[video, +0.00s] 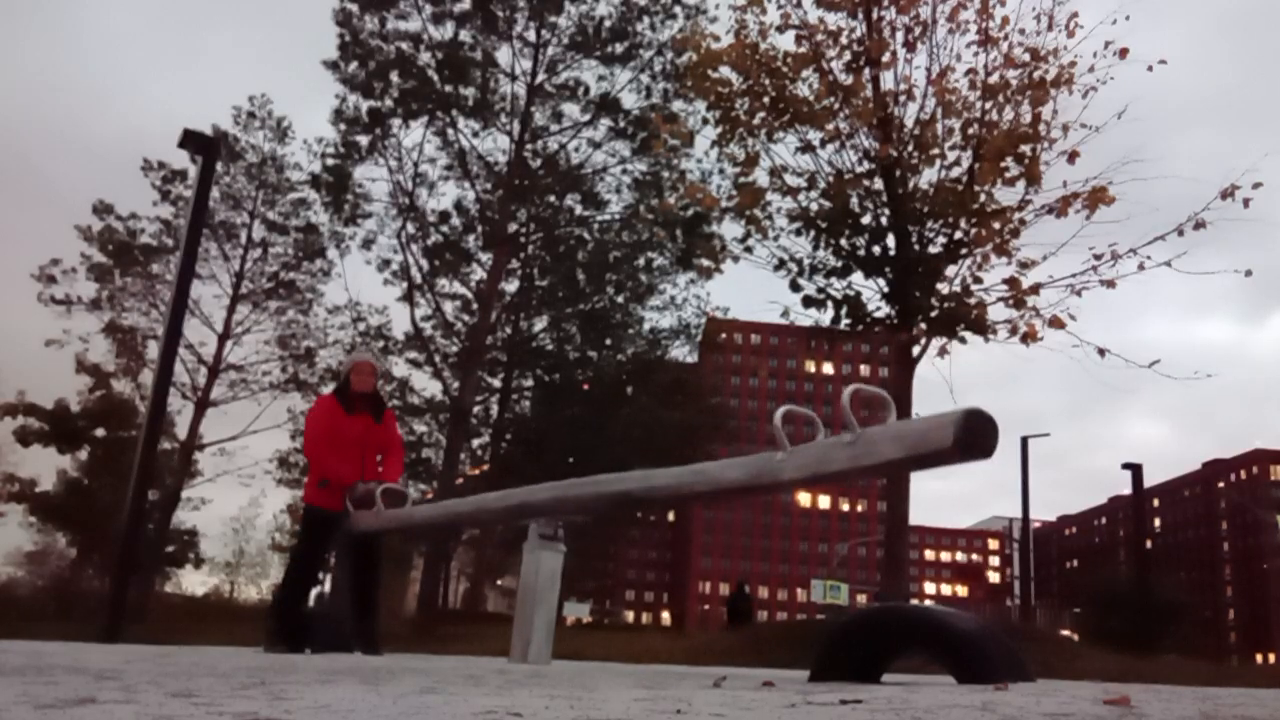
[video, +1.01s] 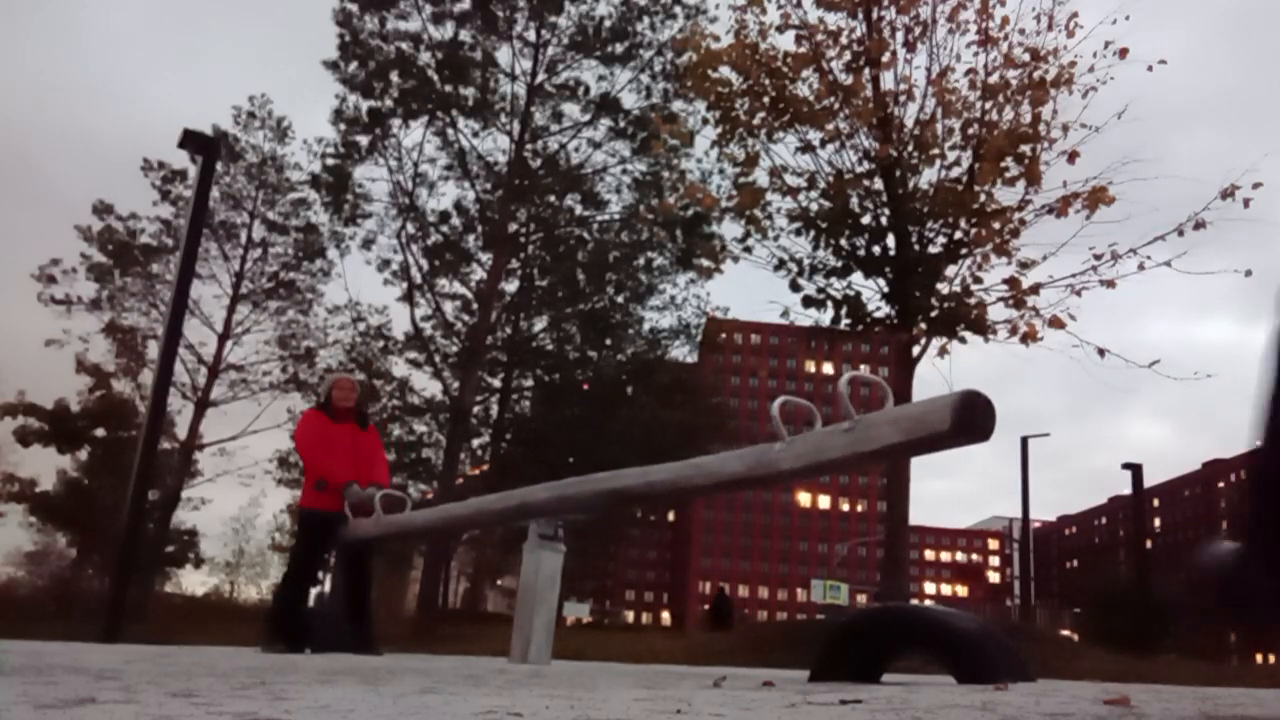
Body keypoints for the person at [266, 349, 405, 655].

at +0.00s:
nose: (365, 379)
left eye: (370, 374)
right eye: (359, 373)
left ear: (377, 380)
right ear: (347, 377)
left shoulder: (383, 415)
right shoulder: (326, 407)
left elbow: (394, 452)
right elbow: (316, 451)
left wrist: (390, 483)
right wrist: (347, 482)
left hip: (365, 510)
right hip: (324, 505)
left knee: (366, 576)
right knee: (304, 569)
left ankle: (365, 639)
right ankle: (282, 635)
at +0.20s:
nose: (364, 386)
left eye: (370, 381)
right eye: (358, 380)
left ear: (377, 387)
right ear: (346, 384)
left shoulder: (384, 423)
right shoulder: (324, 414)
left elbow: (392, 463)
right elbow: (317, 459)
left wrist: (384, 491)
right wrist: (345, 489)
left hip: (366, 516)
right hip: (325, 511)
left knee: (363, 582)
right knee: (304, 574)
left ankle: (362, 645)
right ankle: (281, 638)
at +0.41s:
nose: (362, 391)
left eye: (367, 386)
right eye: (356, 385)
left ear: (374, 392)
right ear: (345, 388)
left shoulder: (379, 426)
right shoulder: (323, 415)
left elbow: (387, 464)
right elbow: (316, 456)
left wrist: (381, 493)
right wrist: (344, 488)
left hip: (360, 514)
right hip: (322, 510)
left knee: (358, 580)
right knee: (304, 573)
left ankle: (359, 641)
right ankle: (281, 636)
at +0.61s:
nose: (357, 394)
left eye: (362, 389)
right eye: (351, 388)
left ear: (369, 395)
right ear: (340, 392)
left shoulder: (373, 429)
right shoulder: (319, 418)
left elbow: (382, 466)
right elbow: (315, 458)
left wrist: (380, 490)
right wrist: (345, 484)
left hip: (359, 513)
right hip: (321, 509)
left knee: (359, 578)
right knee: (302, 573)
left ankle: (359, 640)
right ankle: (282, 636)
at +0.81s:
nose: (349, 395)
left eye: (355, 391)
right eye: (344, 390)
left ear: (363, 397)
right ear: (333, 393)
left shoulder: (369, 432)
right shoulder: (316, 419)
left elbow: (381, 468)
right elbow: (313, 456)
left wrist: (378, 490)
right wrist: (343, 482)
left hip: (358, 514)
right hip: (320, 509)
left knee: (358, 579)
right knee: (302, 574)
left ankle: (360, 641)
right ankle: (281, 637)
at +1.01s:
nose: (345, 394)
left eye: (351, 390)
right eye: (339, 388)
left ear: (358, 396)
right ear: (328, 393)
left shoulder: (367, 429)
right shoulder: (313, 420)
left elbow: (379, 465)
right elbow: (311, 456)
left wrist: (377, 490)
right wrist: (340, 483)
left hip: (357, 515)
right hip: (319, 510)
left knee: (358, 578)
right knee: (301, 573)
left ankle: (360, 640)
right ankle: (281, 637)